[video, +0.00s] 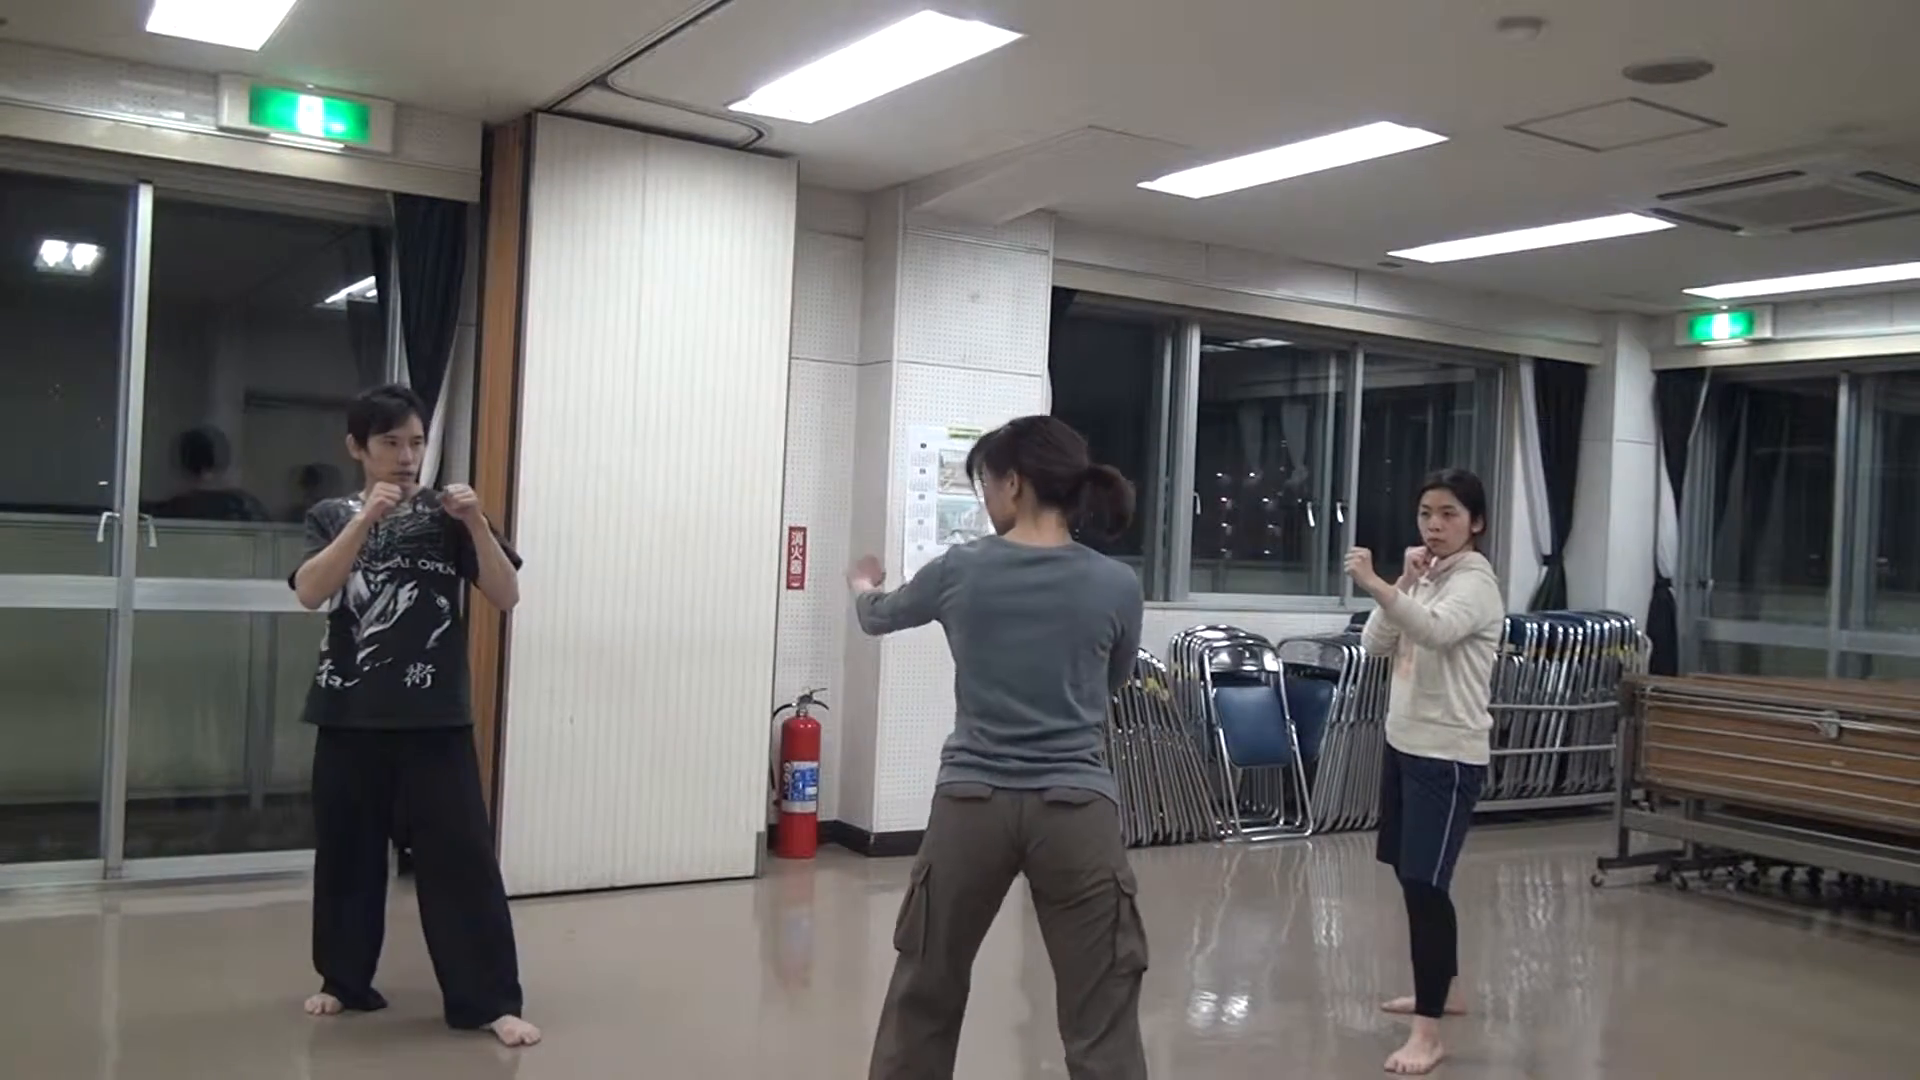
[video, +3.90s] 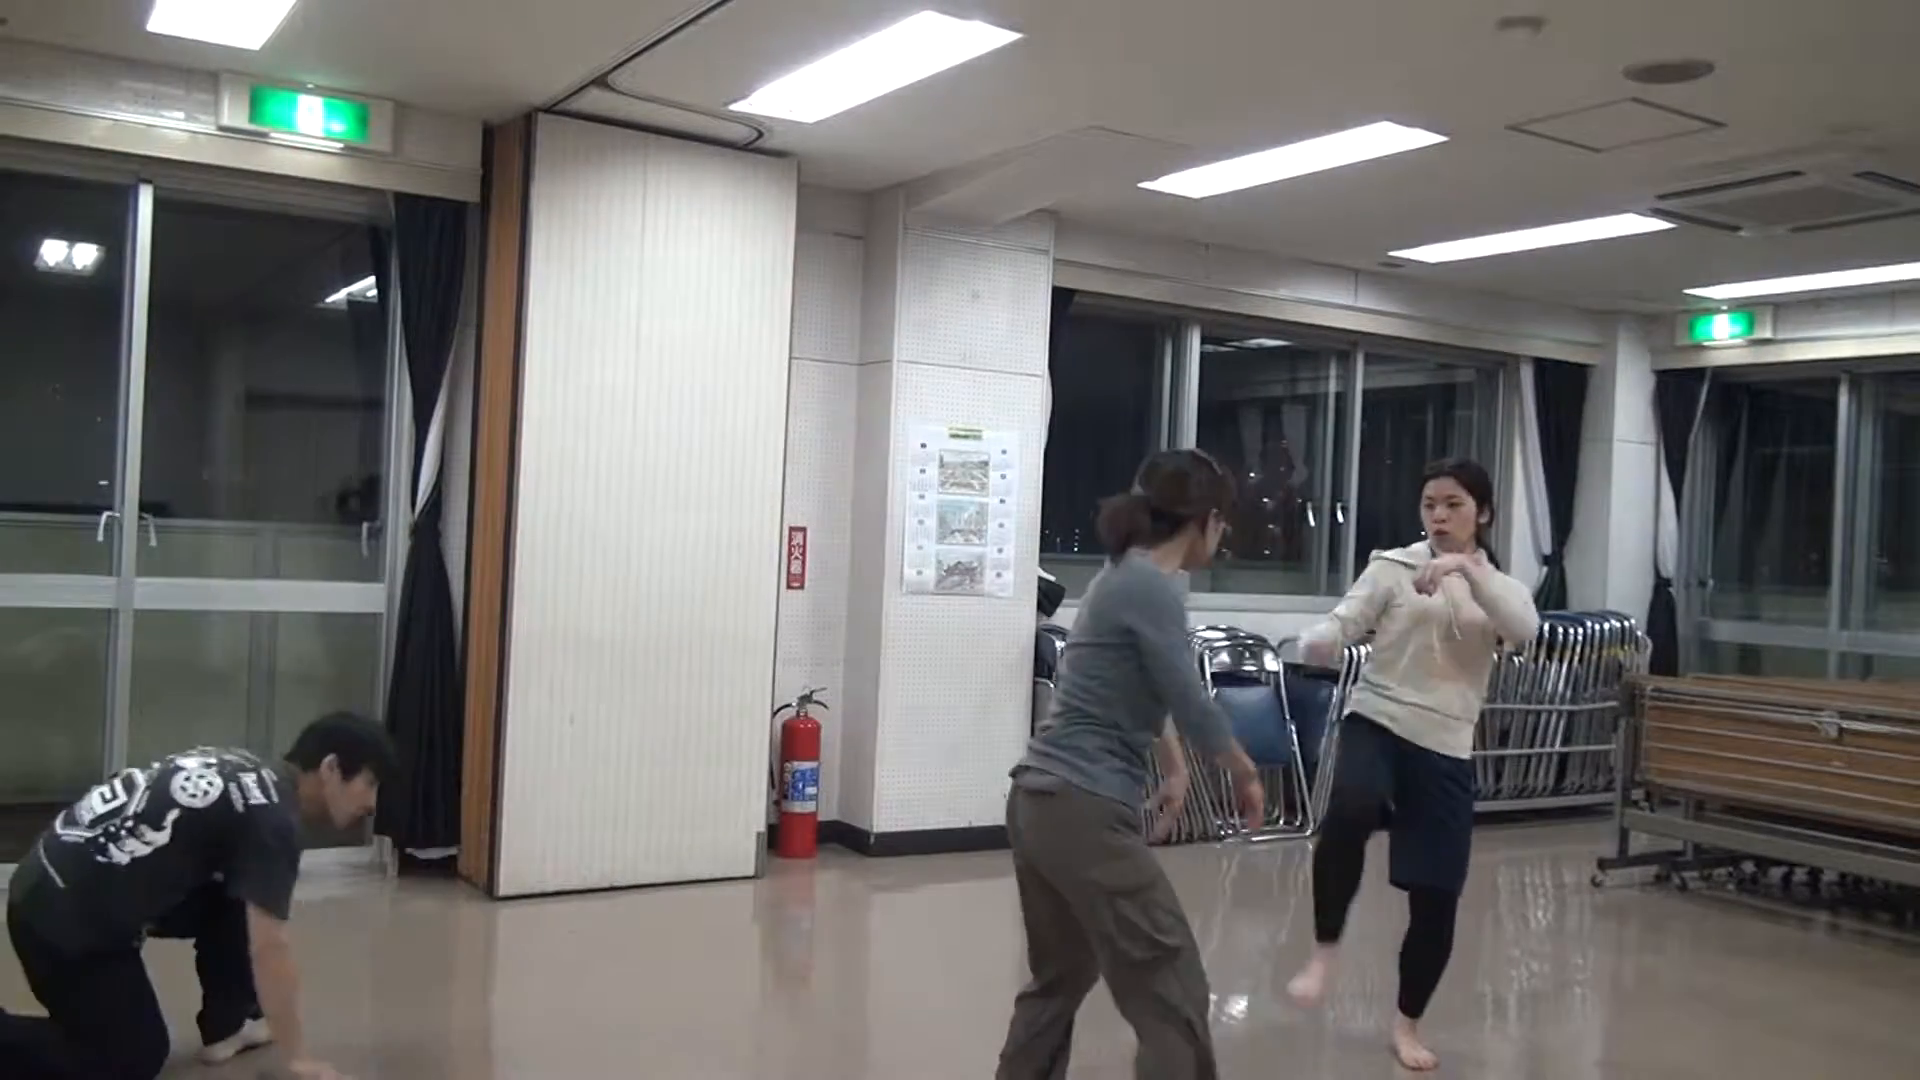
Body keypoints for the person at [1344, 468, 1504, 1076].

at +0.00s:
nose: (1433, 524)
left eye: (1447, 513)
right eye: (1426, 513)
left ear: (1475, 522)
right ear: (1419, 521)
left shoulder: (1477, 580)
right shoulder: (1422, 579)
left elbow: (1440, 630)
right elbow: (1375, 644)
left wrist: (1380, 587)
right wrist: (1404, 588)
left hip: (1447, 754)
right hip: (1406, 747)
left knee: (1425, 882)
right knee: (1409, 872)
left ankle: (1426, 1034)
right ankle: (1443, 988)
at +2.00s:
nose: (1439, 531)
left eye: (1452, 521)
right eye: (1430, 520)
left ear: (1475, 528)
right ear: (1419, 524)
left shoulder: (1479, 582)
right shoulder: (1416, 582)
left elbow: (1461, 637)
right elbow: (1372, 648)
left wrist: (1405, 593)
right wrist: (1404, 591)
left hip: (1456, 758)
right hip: (1408, 752)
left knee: (1429, 887)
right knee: (1390, 864)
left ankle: (1428, 1034)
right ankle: (1437, 986)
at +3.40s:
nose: (1438, 523)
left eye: (1451, 514)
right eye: (1431, 512)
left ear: (1477, 525)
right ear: (1418, 519)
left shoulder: (1496, 590)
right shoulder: (1391, 584)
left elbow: (1488, 630)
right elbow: (1352, 632)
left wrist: (1451, 565)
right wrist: (1326, 610)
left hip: (1461, 758)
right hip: (1391, 750)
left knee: (1434, 891)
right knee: (1375, 886)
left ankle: (1410, 1022)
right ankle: (1426, 958)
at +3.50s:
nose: (1445, 523)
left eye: (1457, 512)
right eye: (1435, 513)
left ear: (1483, 520)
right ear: (1425, 521)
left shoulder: (1508, 592)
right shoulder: (1397, 582)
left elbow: (1498, 651)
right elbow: (1353, 669)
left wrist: (1470, 577)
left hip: (1459, 750)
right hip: (1385, 735)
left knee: (1438, 895)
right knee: (1348, 853)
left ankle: (1410, 1024)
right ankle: (1355, 927)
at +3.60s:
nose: (1444, 522)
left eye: (1457, 511)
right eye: (1435, 512)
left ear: (1483, 517)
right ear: (1424, 519)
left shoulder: (1507, 592)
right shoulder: (1392, 577)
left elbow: (1499, 652)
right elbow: (1358, 649)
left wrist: (1468, 579)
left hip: (1451, 745)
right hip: (1392, 718)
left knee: (1436, 895)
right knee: (1365, 719)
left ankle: (1409, 1022)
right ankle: (1302, 842)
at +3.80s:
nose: (1444, 521)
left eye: (1457, 510)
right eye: (1436, 510)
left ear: (1485, 516)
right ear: (1424, 517)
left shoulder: (1503, 591)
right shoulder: (1396, 571)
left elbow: (1520, 654)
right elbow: (1346, 652)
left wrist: (1477, 584)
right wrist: (1305, 726)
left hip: (1442, 748)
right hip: (1383, 717)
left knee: (1428, 898)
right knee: (1367, 695)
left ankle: (1407, 1022)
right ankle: (1294, 779)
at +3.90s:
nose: (1439, 515)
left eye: (1452, 504)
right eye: (1431, 505)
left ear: (1481, 513)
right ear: (1420, 513)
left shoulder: (1499, 584)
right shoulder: (1391, 567)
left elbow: (1523, 631)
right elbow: (1343, 623)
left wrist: (1472, 573)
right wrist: (1322, 641)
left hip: (1443, 745)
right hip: (1372, 723)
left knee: (1436, 902)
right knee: (1351, 810)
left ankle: (1408, 1023)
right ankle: (1324, 952)